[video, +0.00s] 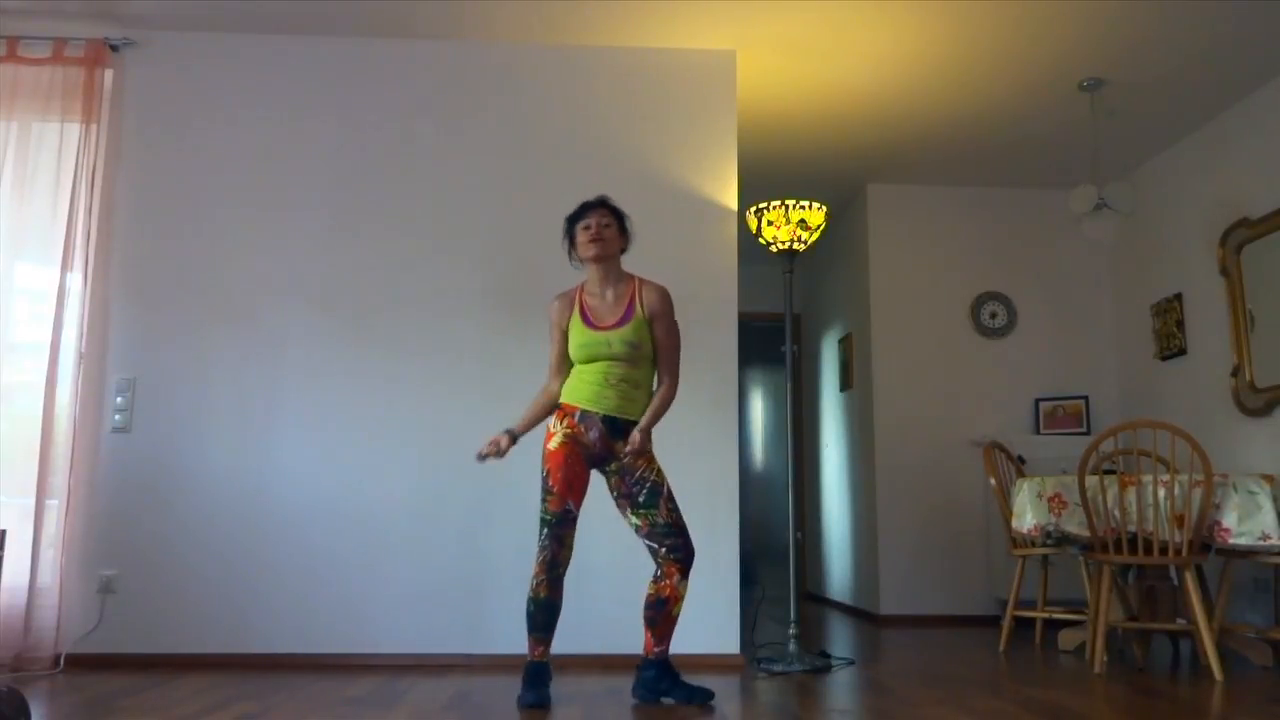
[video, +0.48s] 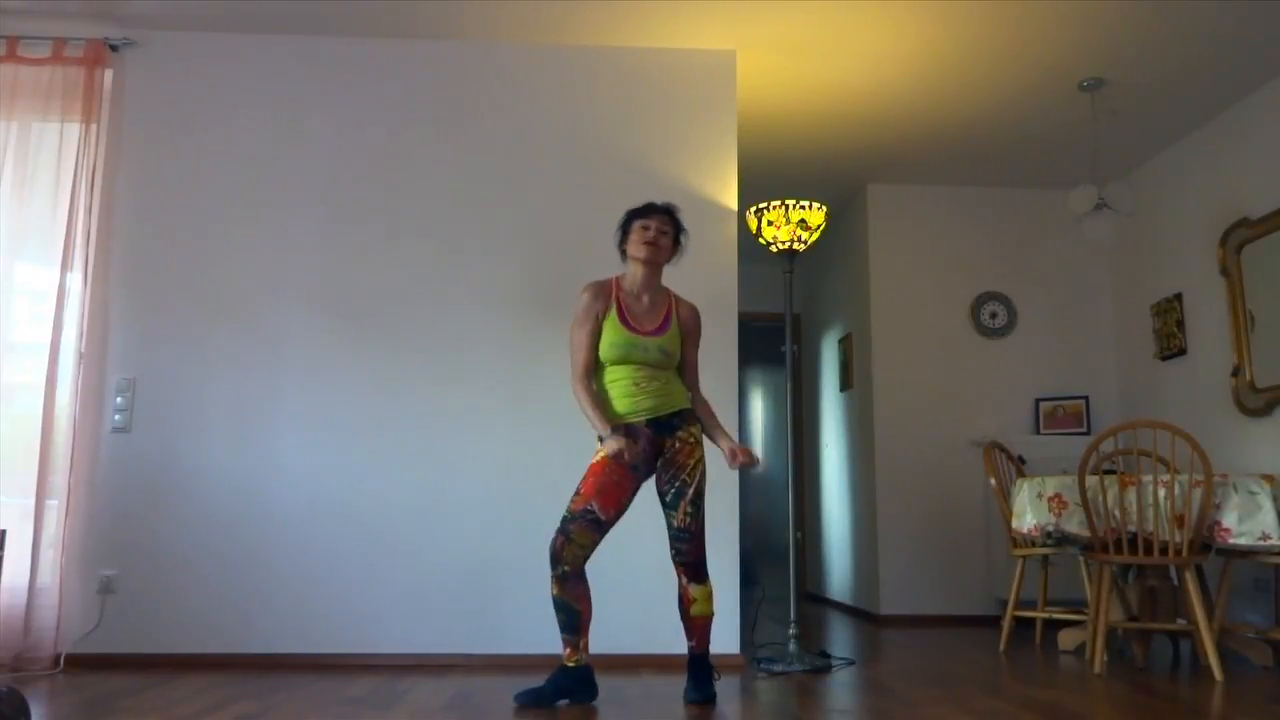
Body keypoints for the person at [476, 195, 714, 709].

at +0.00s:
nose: (596, 232)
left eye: (606, 225)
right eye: (586, 228)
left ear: (624, 238)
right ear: (573, 245)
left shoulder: (651, 297)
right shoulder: (565, 305)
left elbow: (668, 380)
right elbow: (555, 383)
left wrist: (644, 427)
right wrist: (512, 431)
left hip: (625, 436)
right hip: (569, 430)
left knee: (676, 552)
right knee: (553, 549)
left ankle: (654, 669)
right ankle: (536, 672)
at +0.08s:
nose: (603, 222)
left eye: (612, 216)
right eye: (592, 217)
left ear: (629, 230)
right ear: (579, 235)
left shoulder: (657, 289)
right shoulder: (568, 295)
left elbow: (681, 368)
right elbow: (561, 371)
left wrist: (662, 411)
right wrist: (534, 409)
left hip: (638, 428)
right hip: (578, 425)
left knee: (675, 546)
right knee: (562, 543)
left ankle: (658, 665)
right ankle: (539, 667)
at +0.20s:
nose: (622, 215)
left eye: (632, 209)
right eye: (612, 210)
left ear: (646, 224)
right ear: (595, 226)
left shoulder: (669, 284)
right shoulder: (579, 284)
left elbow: (700, 358)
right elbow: (564, 358)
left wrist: (692, 394)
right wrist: (566, 386)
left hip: (659, 423)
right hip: (597, 423)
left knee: (678, 543)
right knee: (570, 543)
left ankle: (679, 661)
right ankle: (559, 665)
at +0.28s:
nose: (635, 217)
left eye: (644, 212)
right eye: (625, 211)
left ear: (657, 228)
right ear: (606, 227)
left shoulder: (678, 289)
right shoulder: (587, 285)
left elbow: (704, 359)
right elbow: (568, 362)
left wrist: (710, 395)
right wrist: (588, 389)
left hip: (669, 425)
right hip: (610, 426)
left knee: (685, 546)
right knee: (570, 544)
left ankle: (699, 664)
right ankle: (573, 669)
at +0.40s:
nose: (650, 232)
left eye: (660, 228)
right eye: (640, 225)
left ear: (671, 246)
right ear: (620, 240)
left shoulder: (685, 309)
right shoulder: (596, 296)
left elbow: (697, 382)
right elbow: (583, 378)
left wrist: (727, 430)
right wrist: (609, 426)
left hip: (681, 433)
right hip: (626, 436)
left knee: (690, 552)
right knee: (567, 548)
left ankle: (700, 667)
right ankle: (577, 670)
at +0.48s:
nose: (653, 236)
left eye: (664, 233)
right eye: (644, 228)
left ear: (674, 251)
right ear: (624, 241)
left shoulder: (685, 313)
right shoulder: (598, 295)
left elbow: (693, 390)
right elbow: (581, 376)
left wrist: (725, 440)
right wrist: (608, 433)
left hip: (682, 434)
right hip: (626, 436)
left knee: (688, 552)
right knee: (567, 549)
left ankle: (700, 666)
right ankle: (575, 670)